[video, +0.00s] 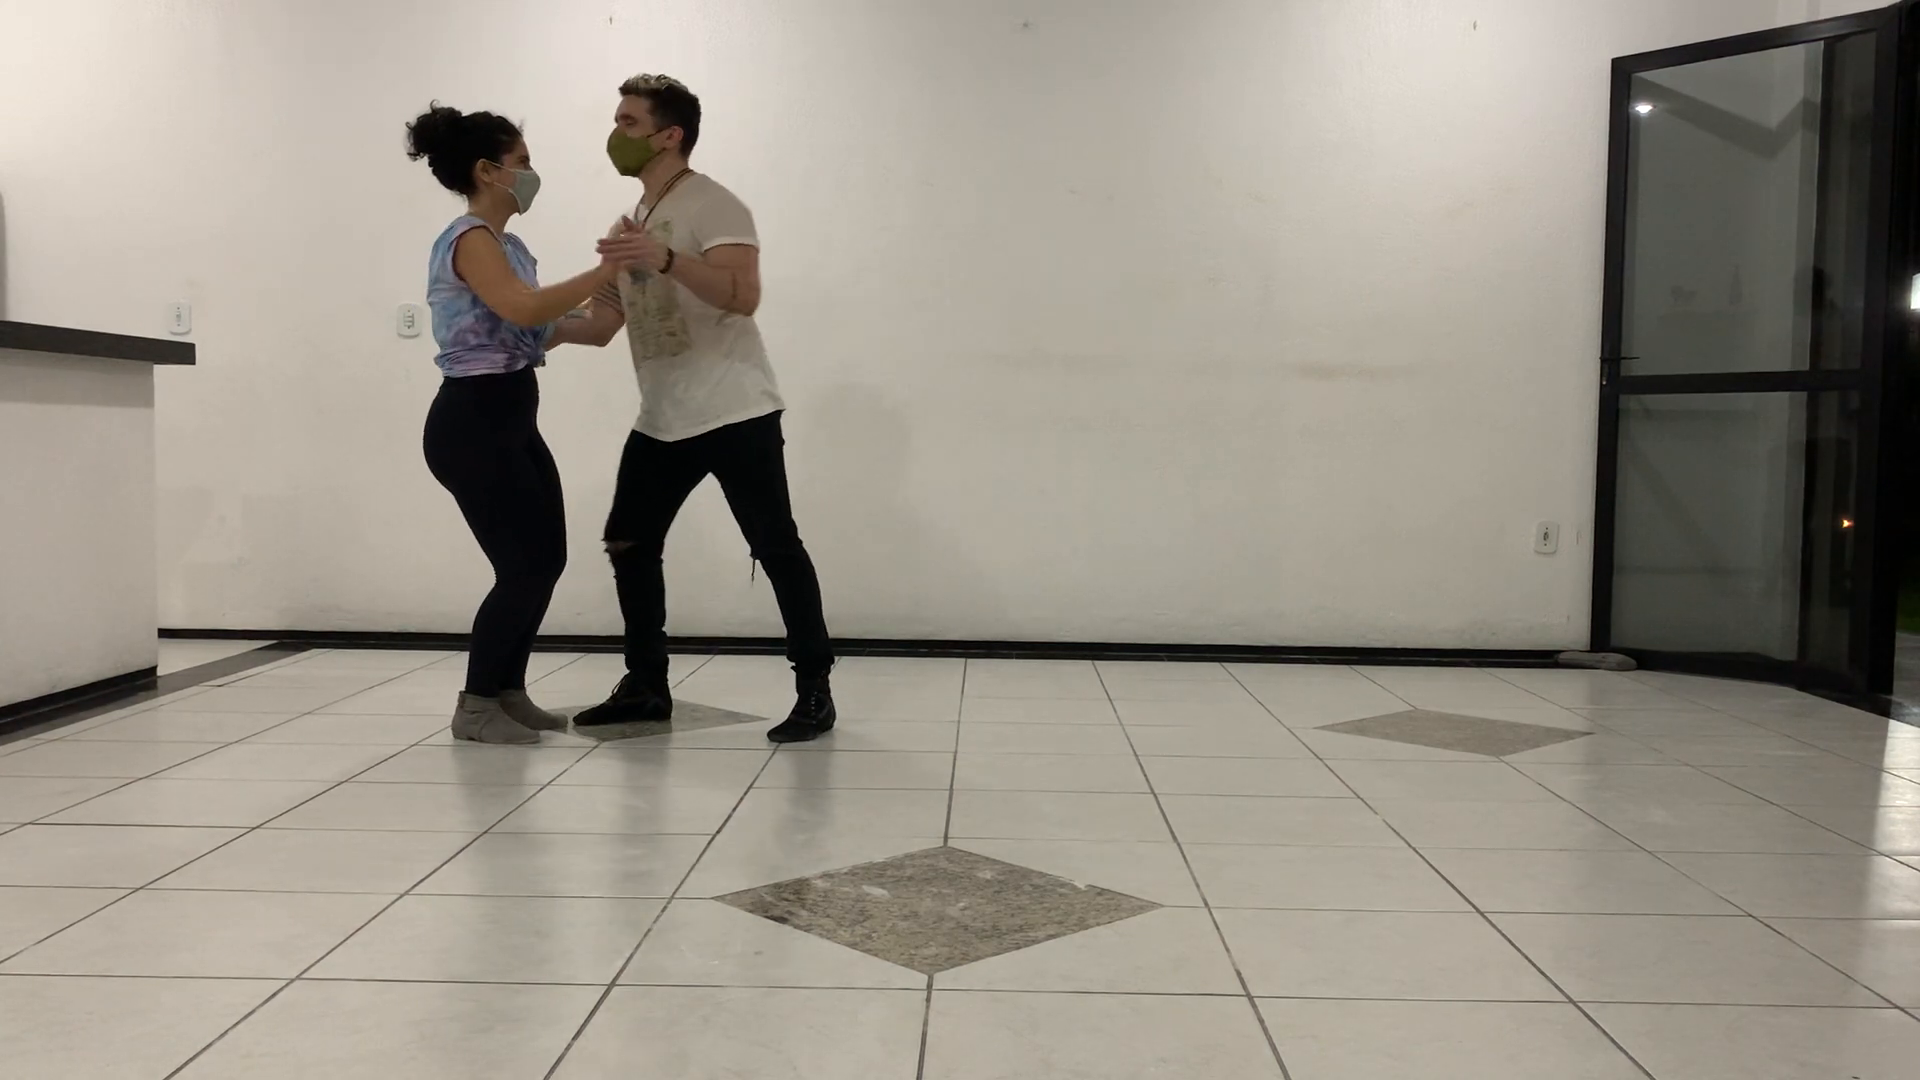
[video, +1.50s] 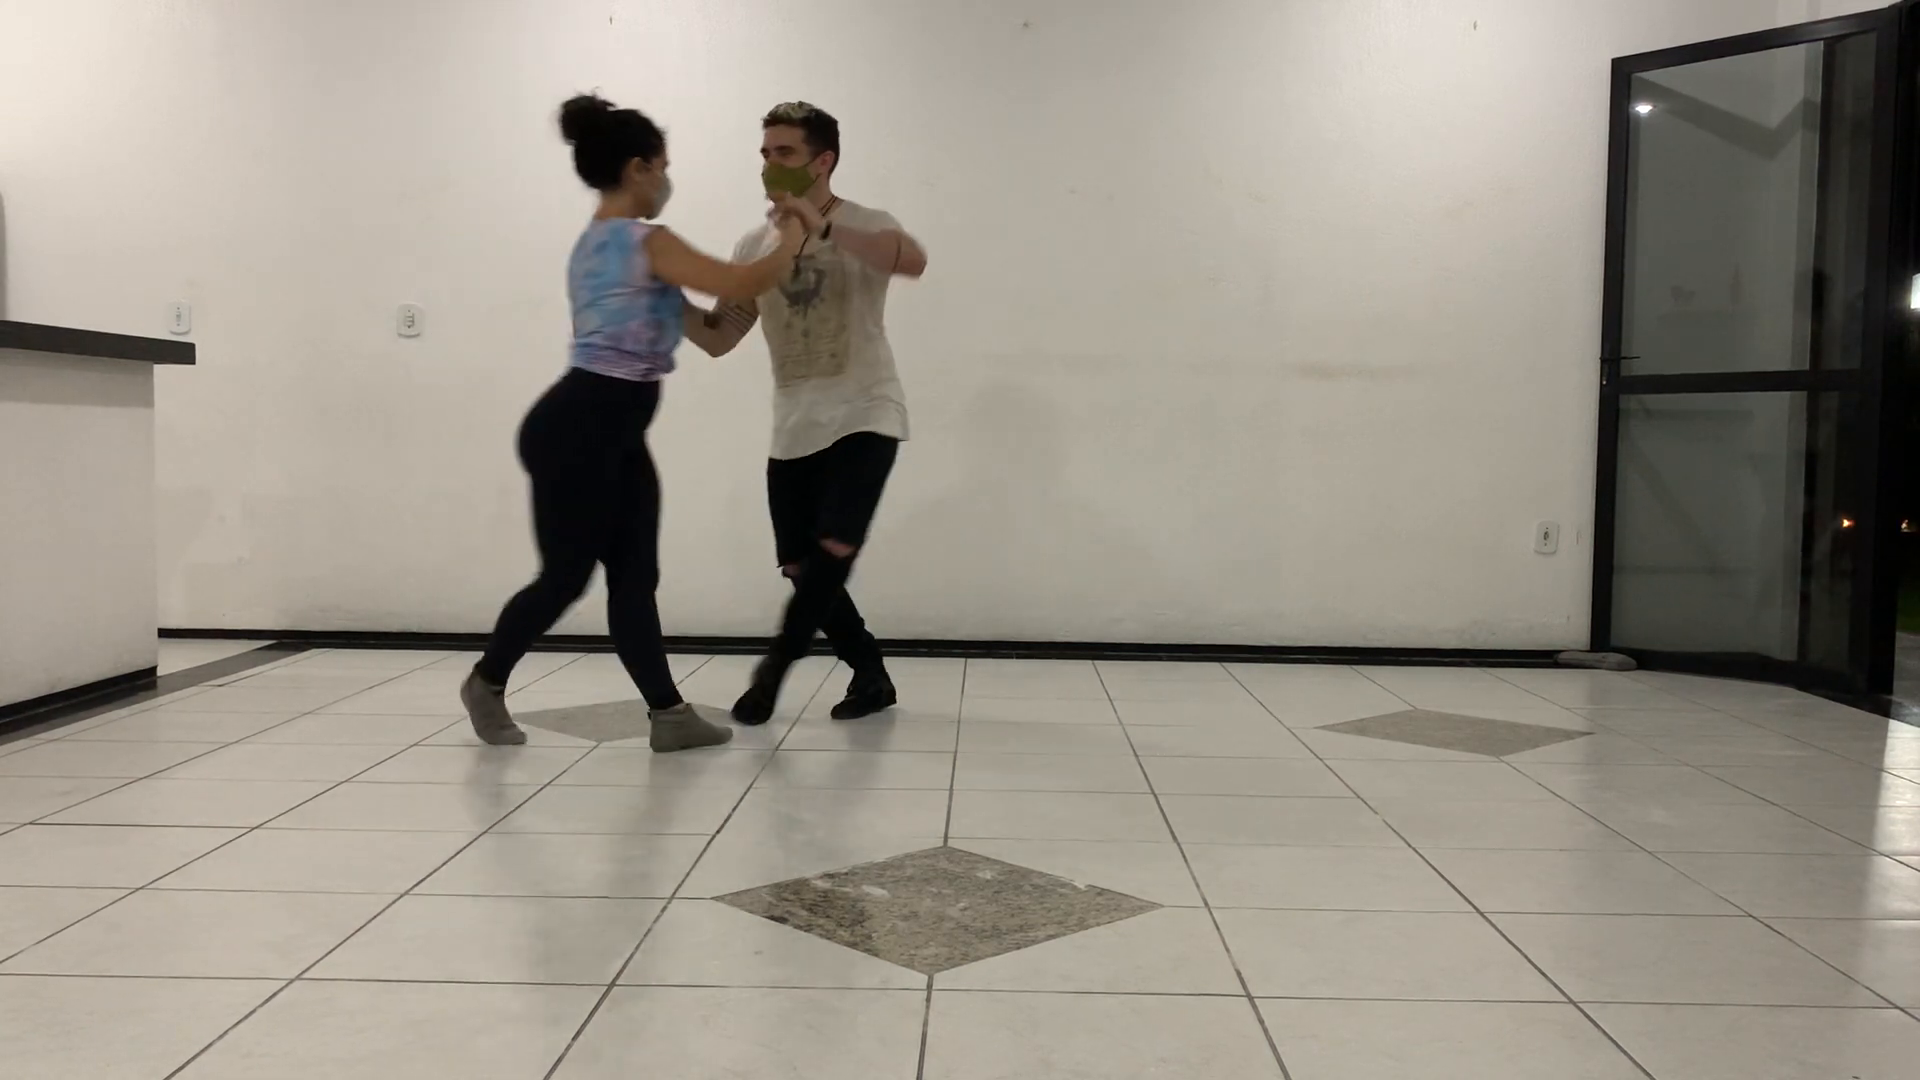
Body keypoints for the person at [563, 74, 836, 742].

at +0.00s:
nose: (614, 131)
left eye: (628, 122)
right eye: (616, 120)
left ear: (671, 135)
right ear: (651, 137)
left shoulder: (714, 205)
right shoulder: (630, 229)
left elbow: (742, 294)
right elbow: (600, 324)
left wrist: (665, 260)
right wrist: (526, 320)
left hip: (737, 408)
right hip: (665, 416)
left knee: (776, 546)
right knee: (630, 540)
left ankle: (815, 695)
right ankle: (646, 688)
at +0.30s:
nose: (593, 160)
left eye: (607, 149)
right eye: (591, 147)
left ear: (650, 156)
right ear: (593, 151)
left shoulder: (686, 231)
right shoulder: (593, 243)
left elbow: (683, 323)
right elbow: (565, 341)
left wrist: (624, 269)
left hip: (698, 425)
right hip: (623, 431)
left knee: (750, 552)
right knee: (579, 547)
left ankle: (819, 694)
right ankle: (637, 686)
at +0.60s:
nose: (607, 166)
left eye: (620, 156)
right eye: (604, 154)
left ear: (665, 162)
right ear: (605, 156)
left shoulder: (717, 241)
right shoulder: (595, 246)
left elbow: (745, 341)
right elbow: (535, 315)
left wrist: (675, 316)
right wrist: (447, 303)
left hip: (721, 404)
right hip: (641, 418)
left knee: (719, 520)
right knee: (594, 548)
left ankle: (733, 648)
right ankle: (633, 686)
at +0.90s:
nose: (654, 162)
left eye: (667, 151)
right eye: (650, 151)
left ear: (710, 156)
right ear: (650, 156)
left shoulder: (766, 234)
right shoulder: (642, 247)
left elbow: (791, 331)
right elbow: (561, 298)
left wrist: (712, 303)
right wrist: (467, 293)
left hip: (795, 407)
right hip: (718, 416)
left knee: (771, 547)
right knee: (666, 541)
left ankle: (737, 682)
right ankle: (639, 684)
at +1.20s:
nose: (719, 177)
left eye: (733, 166)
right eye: (717, 166)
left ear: (776, 173)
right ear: (719, 172)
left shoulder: (818, 241)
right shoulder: (715, 255)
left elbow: (798, 302)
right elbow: (651, 315)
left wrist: (717, 271)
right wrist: (577, 335)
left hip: (834, 424)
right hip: (760, 426)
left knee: (795, 557)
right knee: (699, 535)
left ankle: (742, 679)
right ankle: (740, 644)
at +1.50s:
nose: (770, 164)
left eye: (784, 153)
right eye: (765, 153)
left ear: (824, 160)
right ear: (761, 159)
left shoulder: (858, 224)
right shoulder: (758, 245)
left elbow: (912, 261)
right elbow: (718, 336)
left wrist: (826, 227)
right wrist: (665, 294)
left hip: (865, 407)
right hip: (795, 420)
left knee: (834, 544)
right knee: (799, 562)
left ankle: (770, 675)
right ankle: (872, 676)